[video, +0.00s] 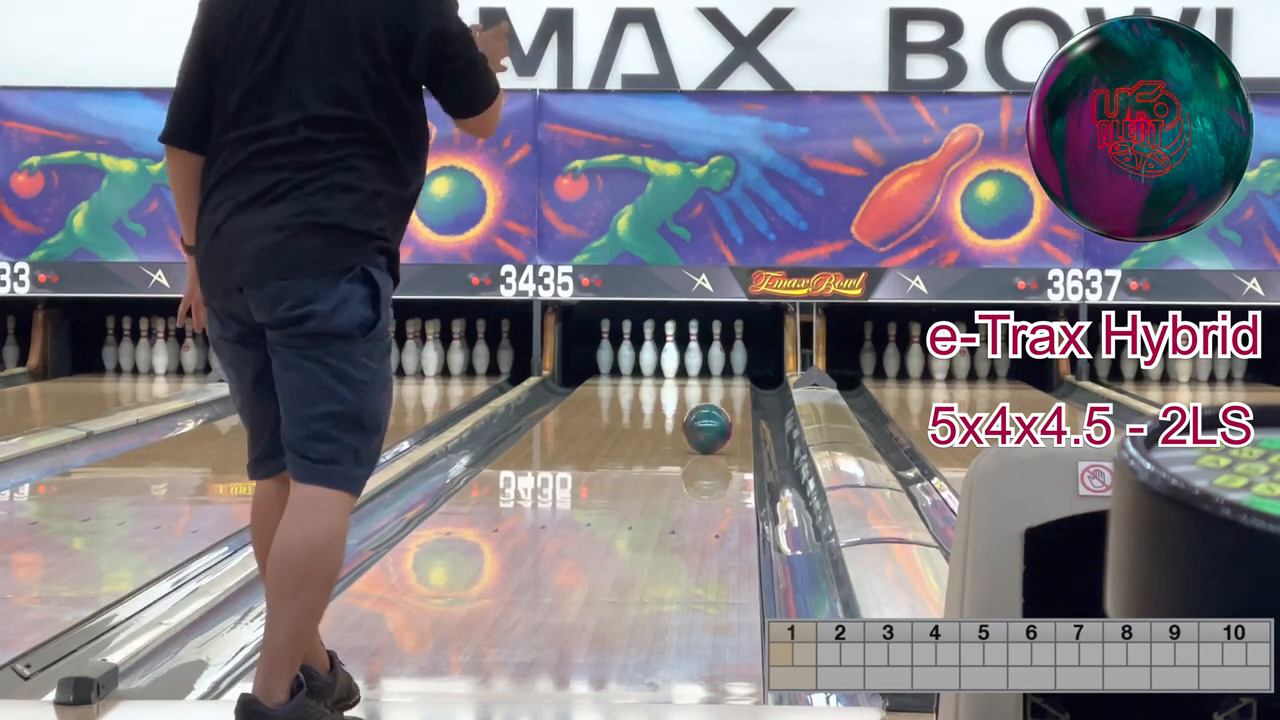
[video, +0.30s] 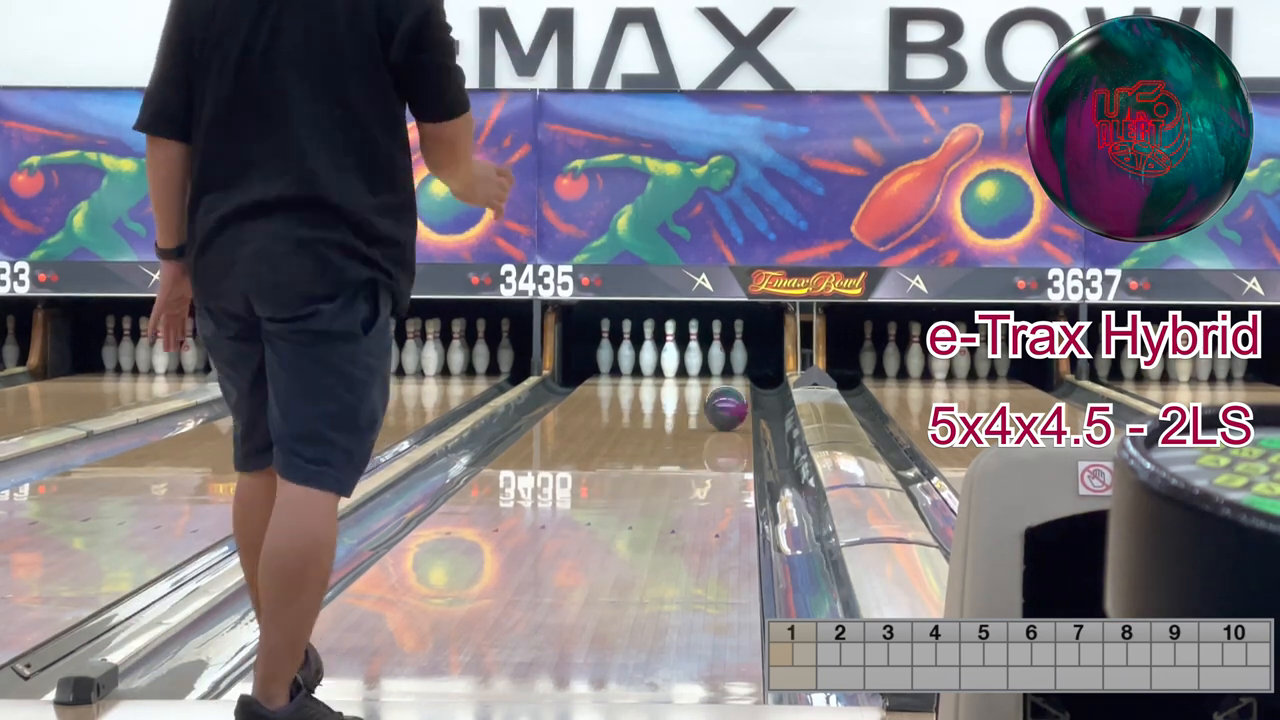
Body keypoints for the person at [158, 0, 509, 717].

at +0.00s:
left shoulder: (230, 3)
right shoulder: (411, 4)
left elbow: (183, 140)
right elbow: (479, 115)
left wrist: (201, 257)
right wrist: (486, 55)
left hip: (226, 254)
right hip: (328, 251)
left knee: (274, 471)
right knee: (328, 477)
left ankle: (309, 663)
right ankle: (269, 694)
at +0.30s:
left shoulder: (203, 3)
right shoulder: (400, 2)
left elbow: (165, 130)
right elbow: (447, 146)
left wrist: (172, 257)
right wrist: (478, 180)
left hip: (223, 250)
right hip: (333, 251)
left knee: (259, 465)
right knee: (311, 479)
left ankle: (293, 659)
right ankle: (270, 698)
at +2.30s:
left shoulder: (162, 6)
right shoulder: (391, 6)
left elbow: (130, 144)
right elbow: (419, 146)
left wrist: (132, 269)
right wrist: (427, 277)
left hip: (200, 279)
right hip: (336, 280)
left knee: (207, 500)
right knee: (300, 501)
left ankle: (242, 708)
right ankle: (282, 698)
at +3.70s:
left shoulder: (77, 4)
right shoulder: (381, 6)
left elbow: (53, 117)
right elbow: (397, 104)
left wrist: (61, 279)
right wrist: (412, 293)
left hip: (143, 282)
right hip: (304, 287)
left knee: (167, 563)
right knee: (304, 563)